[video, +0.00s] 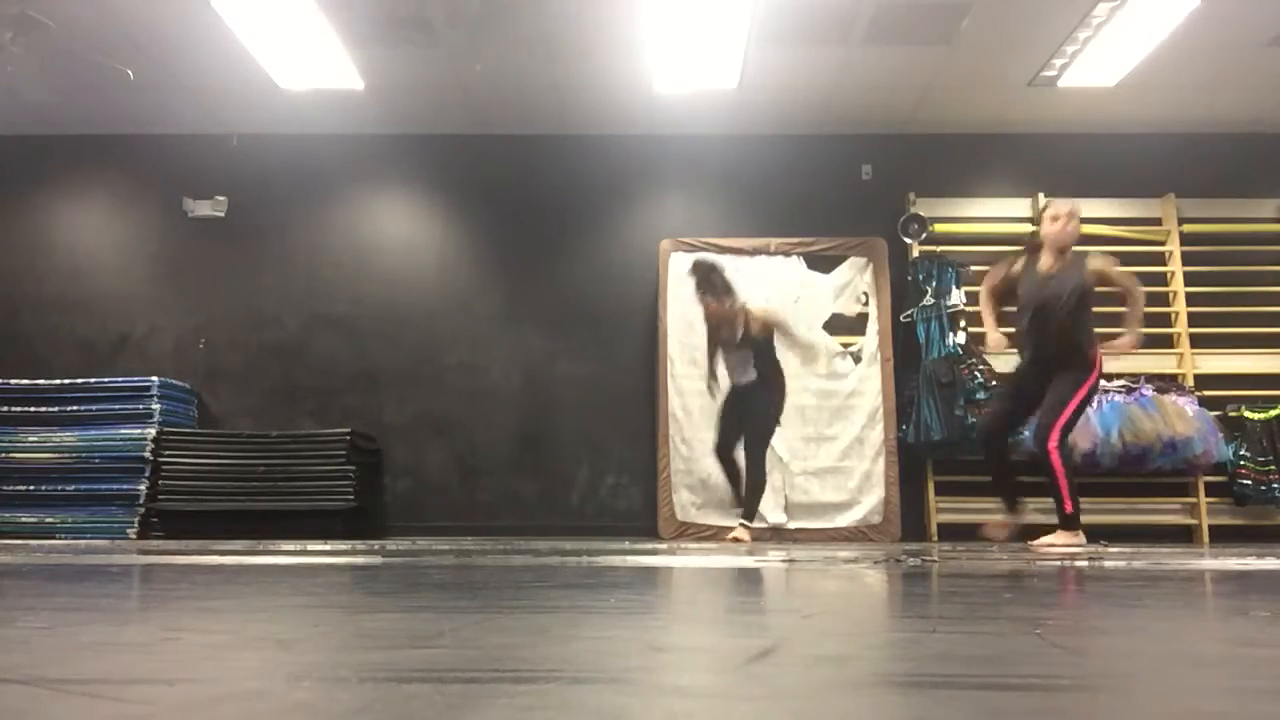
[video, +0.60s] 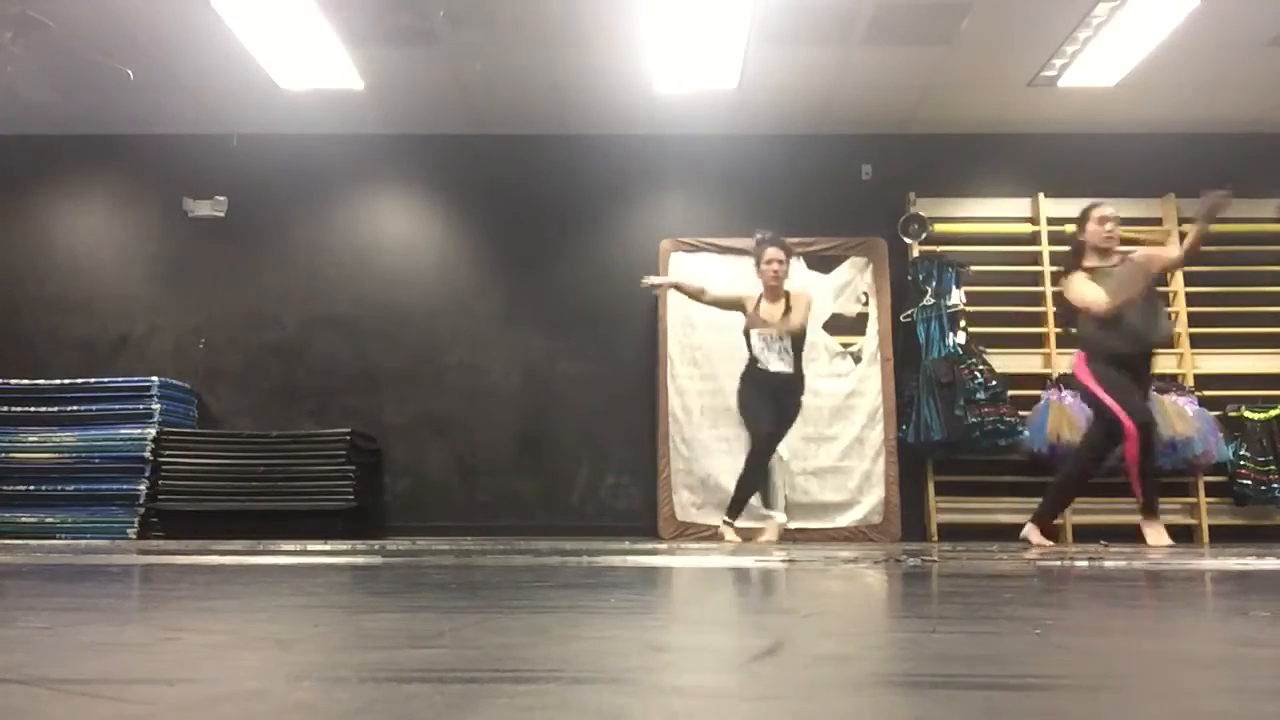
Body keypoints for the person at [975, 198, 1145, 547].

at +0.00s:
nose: (1062, 225)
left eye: (1070, 219)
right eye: (1054, 219)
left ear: (1079, 229)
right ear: (1040, 227)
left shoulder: (1091, 266)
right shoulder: (1022, 265)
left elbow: (1134, 290)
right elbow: (989, 287)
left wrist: (1131, 334)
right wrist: (992, 330)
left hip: (1078, 366)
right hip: (1036, 366)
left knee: (1047, 438)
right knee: (992, 430)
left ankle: (1071, 529)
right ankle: (1013, 512)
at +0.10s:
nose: (1080, 198)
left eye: (1085, 192)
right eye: (1071, 192)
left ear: (1092, 201)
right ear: (1052, 201)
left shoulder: (1103, 242)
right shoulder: (1037, 234)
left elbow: (1138, 267)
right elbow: (985, 257)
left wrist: (1166, 291)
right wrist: (959, 284)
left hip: (1080, 348)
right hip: (1035, 342)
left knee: (1064, 431)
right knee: (983, 409)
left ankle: (1067, 527)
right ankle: (941, 491)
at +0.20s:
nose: (1084, 188)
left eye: (1089, 184)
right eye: (1075, 183)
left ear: (1095, 197)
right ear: (1055, 195)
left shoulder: (1106, 241)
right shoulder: (1040, 226)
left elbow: (1147, 250)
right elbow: (979, 238)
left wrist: (1176, 255)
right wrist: (927, 243)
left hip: (1091, 337)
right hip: (1047, 328)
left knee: (1070, 429)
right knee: (987, 395)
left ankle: (1060, 522)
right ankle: (918, 456)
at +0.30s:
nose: (1087, 198)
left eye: (1091, 192)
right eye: (1078, 192)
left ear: (1097, 201)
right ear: (1057, 199)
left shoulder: (1114, 241)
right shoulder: (1045, 234)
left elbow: (1164, 238)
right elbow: (984, 224)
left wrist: (1209, 233)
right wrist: (932, 211)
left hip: (1100, 339)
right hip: (1056, 327)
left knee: (1072, 430)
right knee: (1005, 385)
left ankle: (1050, 521)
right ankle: (943, 443)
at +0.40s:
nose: (1087, 209)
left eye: (1092, 204)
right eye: (1079, 203)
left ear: (1098, 212)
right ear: (1059, 211)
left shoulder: (1116, 247)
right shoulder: (1055, 251)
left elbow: (1175, 231)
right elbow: (1023, 225)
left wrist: (1229, 217)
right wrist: (995, 194)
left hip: (1107, 346)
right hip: (1064, 340)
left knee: (1075, 439)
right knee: (1047, 387)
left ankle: (1044, 521)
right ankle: (1012, 456)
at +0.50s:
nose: (1094, 222)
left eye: (1100, 217)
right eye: (1086, 215)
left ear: (1104, 226)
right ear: (1067, 222)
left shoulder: (1117, 258)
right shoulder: (1059, 262)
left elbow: (1173, 237)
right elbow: (1052, 260)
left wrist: (1229, 210)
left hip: (1118, 358)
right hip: (1075, 350)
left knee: (1084, 441)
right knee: (1086, 398)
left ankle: (1035, 524)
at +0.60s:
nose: (1111, 227)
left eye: (1115, 222)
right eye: (1102, 222)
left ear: (1121, 229)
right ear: (1083, 233)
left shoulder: (1137, 258)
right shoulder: (1076, 280)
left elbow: (1179, 254)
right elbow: (1103, 301)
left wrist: (1203, 221)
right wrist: (1140, 278)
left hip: (1135, 370)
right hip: (1094, 366)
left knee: (1093, 449)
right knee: (1138, 419)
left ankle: (1037, 524)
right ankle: (1150, 519)